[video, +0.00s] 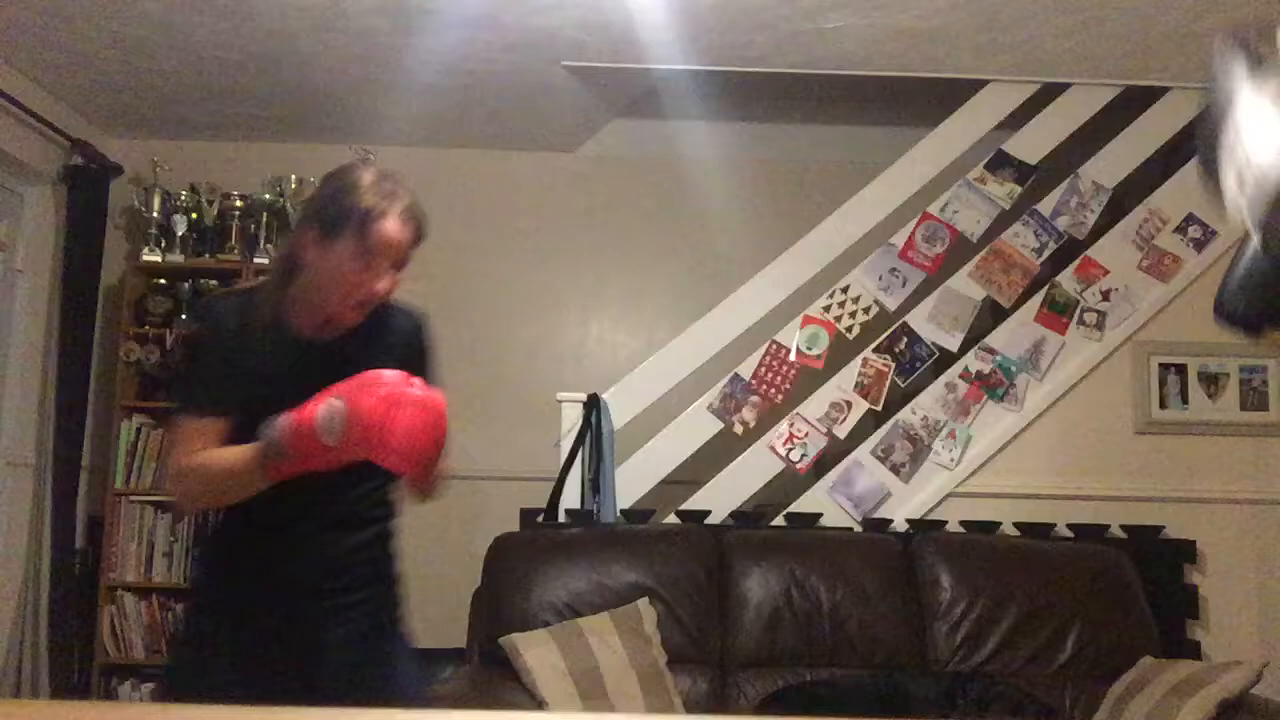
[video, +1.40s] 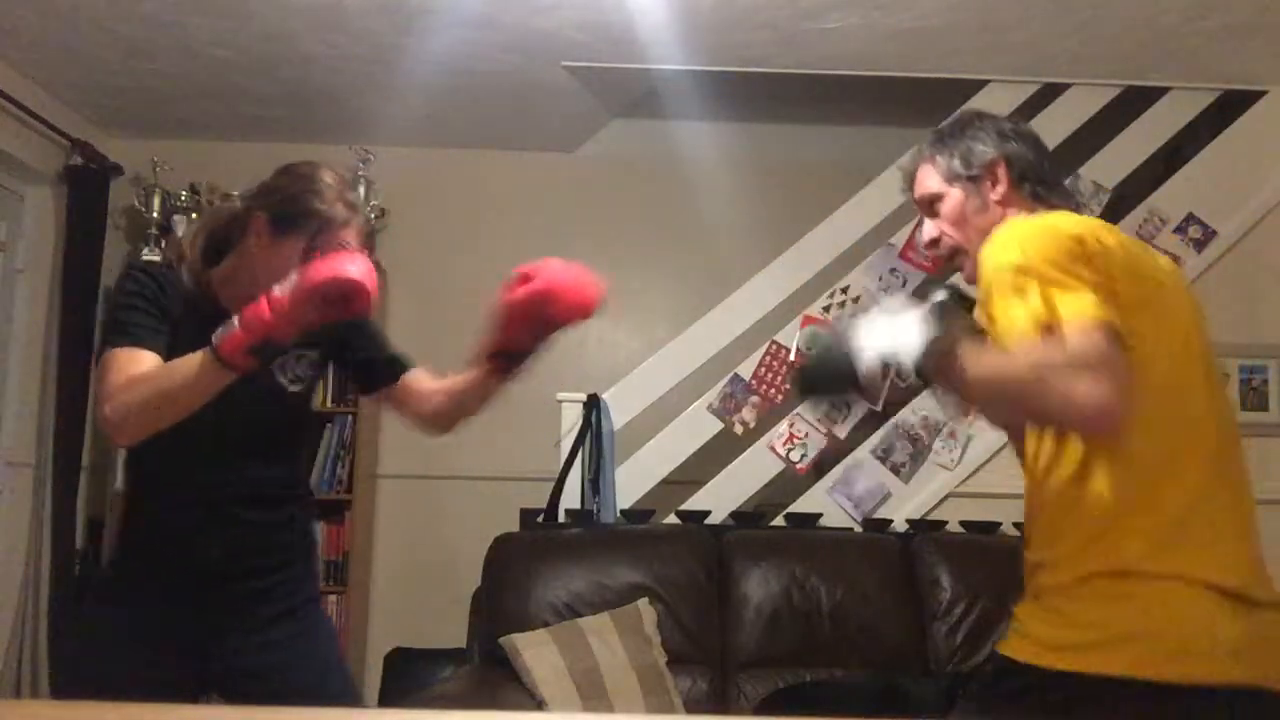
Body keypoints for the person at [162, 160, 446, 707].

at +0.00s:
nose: (381, 286)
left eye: (396, 268)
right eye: (366, 261)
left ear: (404, 267)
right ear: (309, 242)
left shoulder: (399, 335)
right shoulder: (232, 327)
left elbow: (426, 485)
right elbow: (185, 481)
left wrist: (417, 442)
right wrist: (300, 437)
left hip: (358, 629)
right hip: (239, 630)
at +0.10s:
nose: (352, 307)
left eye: (367, 288)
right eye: (339, 282)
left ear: (376, 286)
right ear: (279, 255)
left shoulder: (359, 349)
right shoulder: (194, 336)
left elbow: (356, 506)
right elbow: (142, 495)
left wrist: (395, 481)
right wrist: (257, 446)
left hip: (316, 646)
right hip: (198, 646)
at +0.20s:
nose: (319, 302)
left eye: (331, 284)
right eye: (307, 276)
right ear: (248, 250)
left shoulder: (317, 347)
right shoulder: (149, 327)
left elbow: (325, 494)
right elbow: (103, 480)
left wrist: (368, 457)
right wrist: (223, 412)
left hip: (275, 636)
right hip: (153, 638)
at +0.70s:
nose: (355, 273)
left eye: (367, 261)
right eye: (348, 252)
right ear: (291, 223)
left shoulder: (340, 318)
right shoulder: (180, 289)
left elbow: (364, 446)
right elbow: (142, 430)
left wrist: (422, 416)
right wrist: (258, 346)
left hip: (285, 594)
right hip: (167, 588)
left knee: (341, 715)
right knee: (131, 719)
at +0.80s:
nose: (372, 296)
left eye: (387, 285)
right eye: (365, 276)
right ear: (315, 252)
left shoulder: (371, 340)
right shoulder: (213, 322)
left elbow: (453, 459)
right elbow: (185, 449)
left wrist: (512, 400)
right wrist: (295, 351)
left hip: (318, 633)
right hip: (195, 629)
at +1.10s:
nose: (297, 285)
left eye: (312, 275)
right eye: (289, 261)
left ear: (330, 272)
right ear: (257, 240)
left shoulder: (326, 331)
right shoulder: (161, 295)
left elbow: (389, 448)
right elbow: (164, 411)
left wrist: (462, 391)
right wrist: (280, 303)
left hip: (263, 603)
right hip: (149, 599)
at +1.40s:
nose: (319, 278)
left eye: (334, 267)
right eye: (314, 259)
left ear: (341, 264)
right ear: (263, 231)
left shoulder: (330, 320)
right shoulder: (156, 291)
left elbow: (433, 408)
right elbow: (121, 416)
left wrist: (504, 353)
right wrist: (253, 333)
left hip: (277, 612)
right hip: (149, 604)